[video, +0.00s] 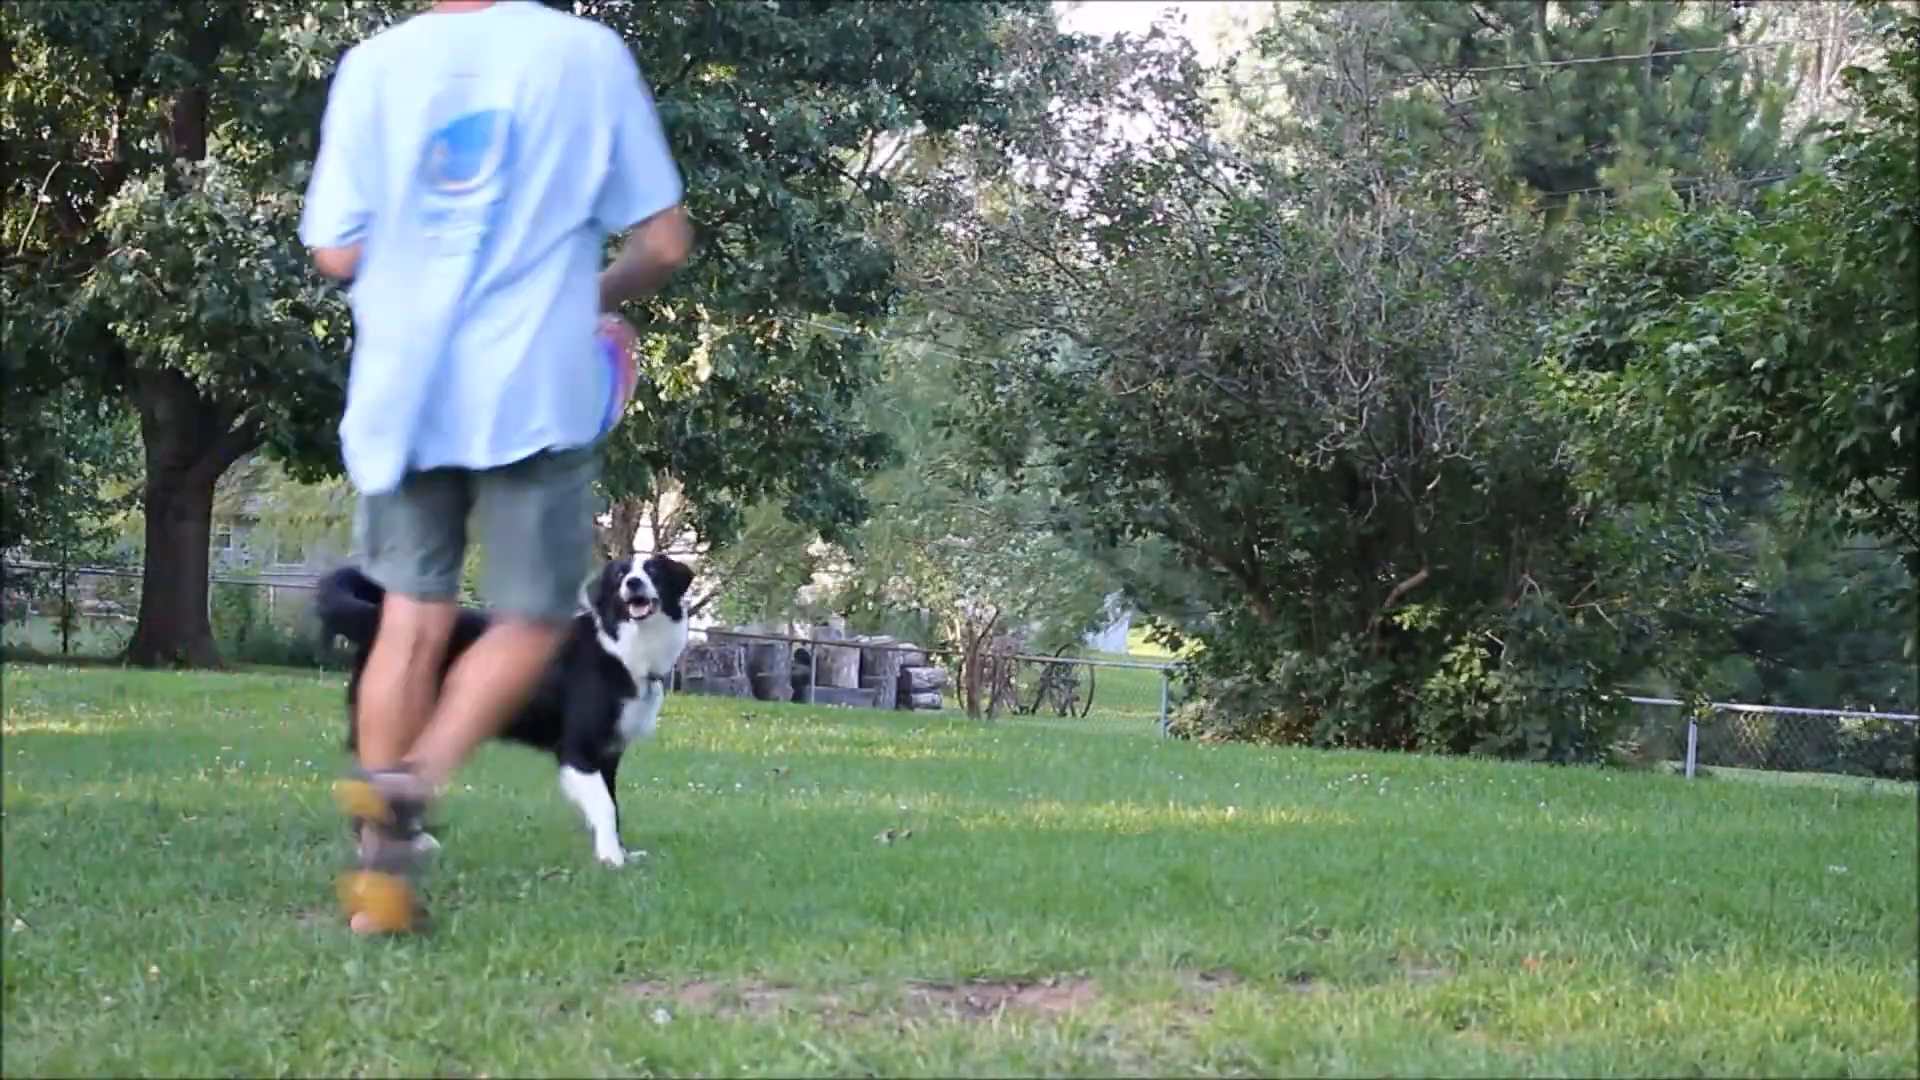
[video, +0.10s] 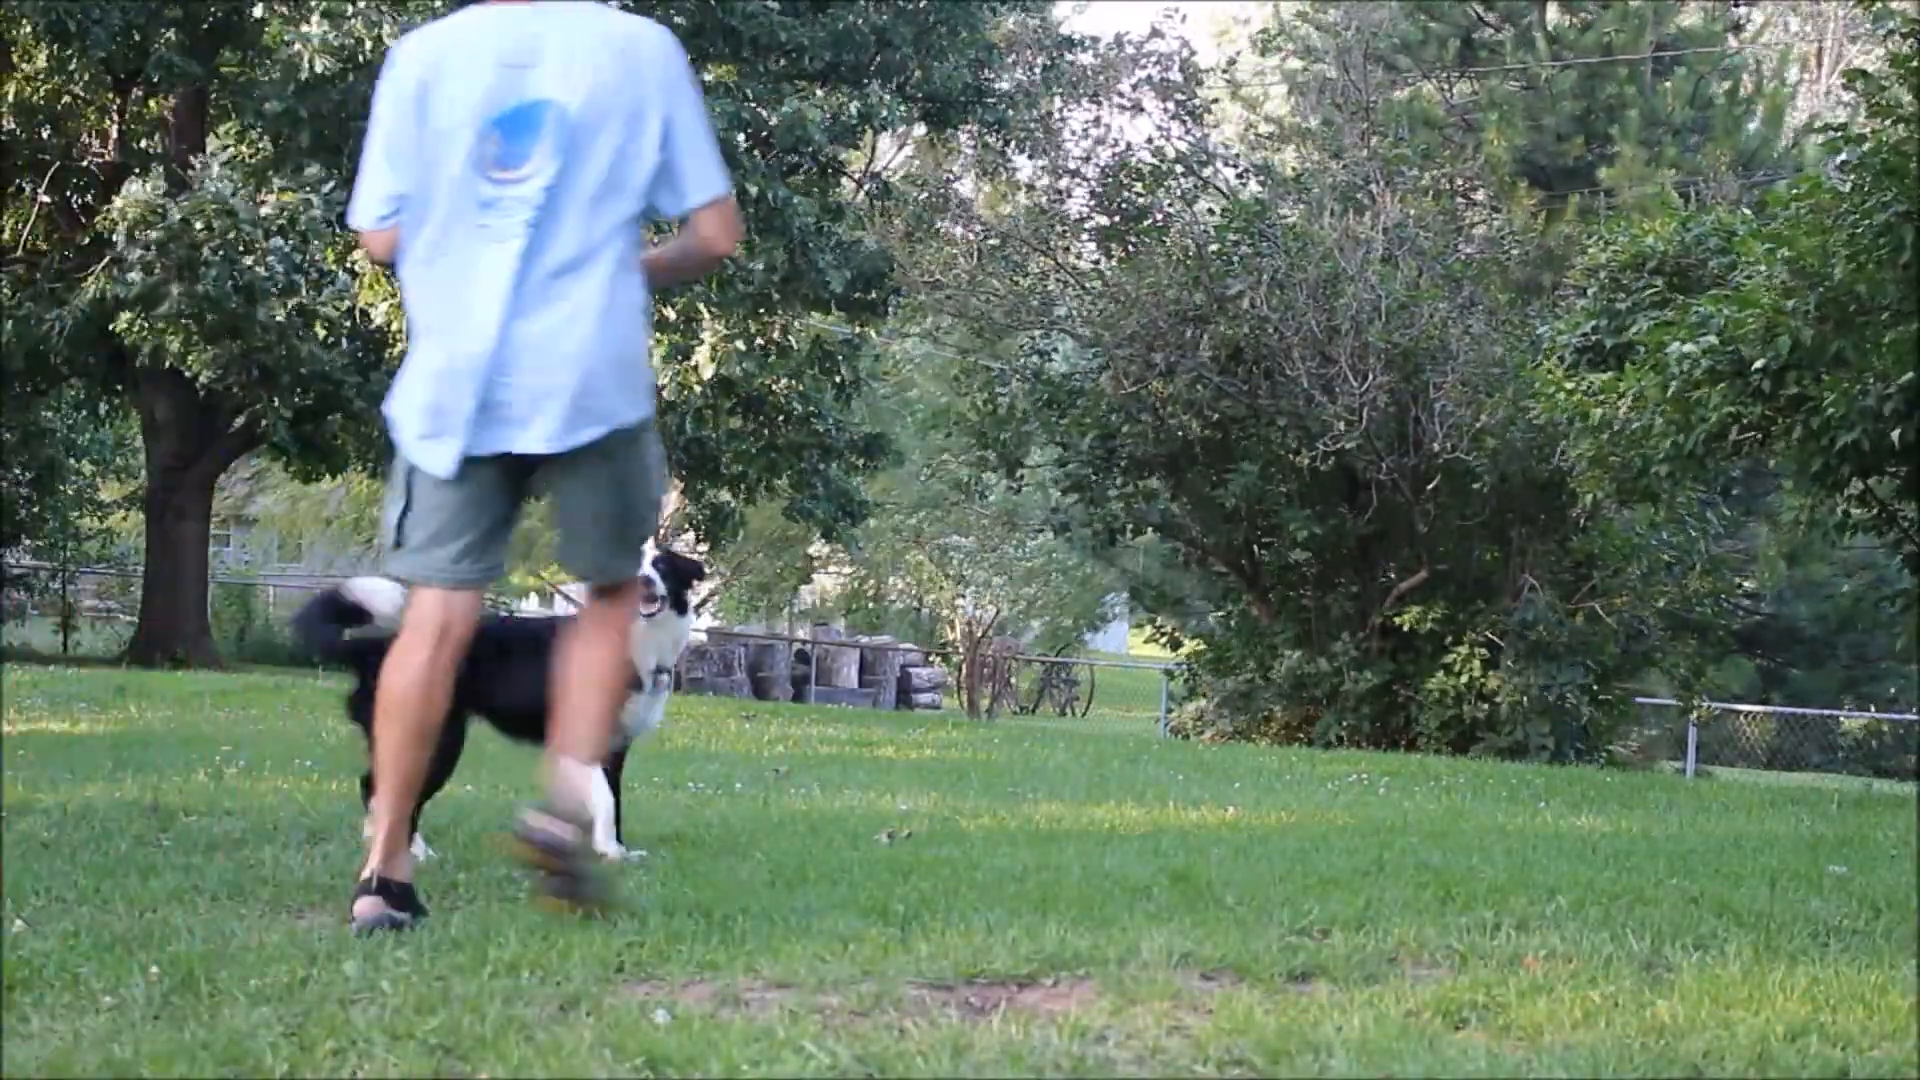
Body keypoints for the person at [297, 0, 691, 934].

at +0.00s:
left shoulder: (372, 64)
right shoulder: (591, 52)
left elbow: (335, 254)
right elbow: (664, 242)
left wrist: (427, 246)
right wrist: (586, 296)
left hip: (402, 386)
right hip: (539, 386)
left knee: (408, 619)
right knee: (529, 618)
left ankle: (380, 873)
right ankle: (415, 776)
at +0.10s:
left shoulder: (420, 54)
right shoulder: (644, 47)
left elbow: (379, 237)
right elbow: (716, 235)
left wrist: (477, 246)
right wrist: (619, 270)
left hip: (453, 383)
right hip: (594, 381)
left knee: (432, 623)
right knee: (609, 587)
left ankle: (383, 876)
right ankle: (568, 801)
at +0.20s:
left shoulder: (482, 63)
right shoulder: (704, 66)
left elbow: (438, 237)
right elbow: (771, 244)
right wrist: (679, 261)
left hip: (511, 394)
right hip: (654, 391)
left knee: (465, 617)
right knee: (680, 598)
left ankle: (390, 862)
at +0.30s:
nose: (592, 4)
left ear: (601, 1)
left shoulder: (558, 87)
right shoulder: (765, 91)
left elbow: (530, 263)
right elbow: (824, 271)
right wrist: (726, 284)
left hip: (578, 411)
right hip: (723, 409)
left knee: (504, 617)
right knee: (746, 620)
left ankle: (399, 851)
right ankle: (826, 856)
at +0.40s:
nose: (660, 13)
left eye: (660, 5)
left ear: (671, 7)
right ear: (753, 2)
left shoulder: (655, 97)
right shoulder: (830, 94)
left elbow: (661, 271)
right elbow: (871, 271)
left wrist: (607, 280)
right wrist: (776, 293)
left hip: (680, 408)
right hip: (807, 408)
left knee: (577, 605)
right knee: (770, 614)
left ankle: (477, 842)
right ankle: (825, 857)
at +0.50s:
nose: (724, 5)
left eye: (726, 2)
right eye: (730, 1)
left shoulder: (748, 74)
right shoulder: (879, 73)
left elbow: (763, 253)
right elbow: (900, 254)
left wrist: (671, 259)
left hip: (751, 388)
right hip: (857, 392)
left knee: (643, 571)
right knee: (797, 598)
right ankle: (829, 853)